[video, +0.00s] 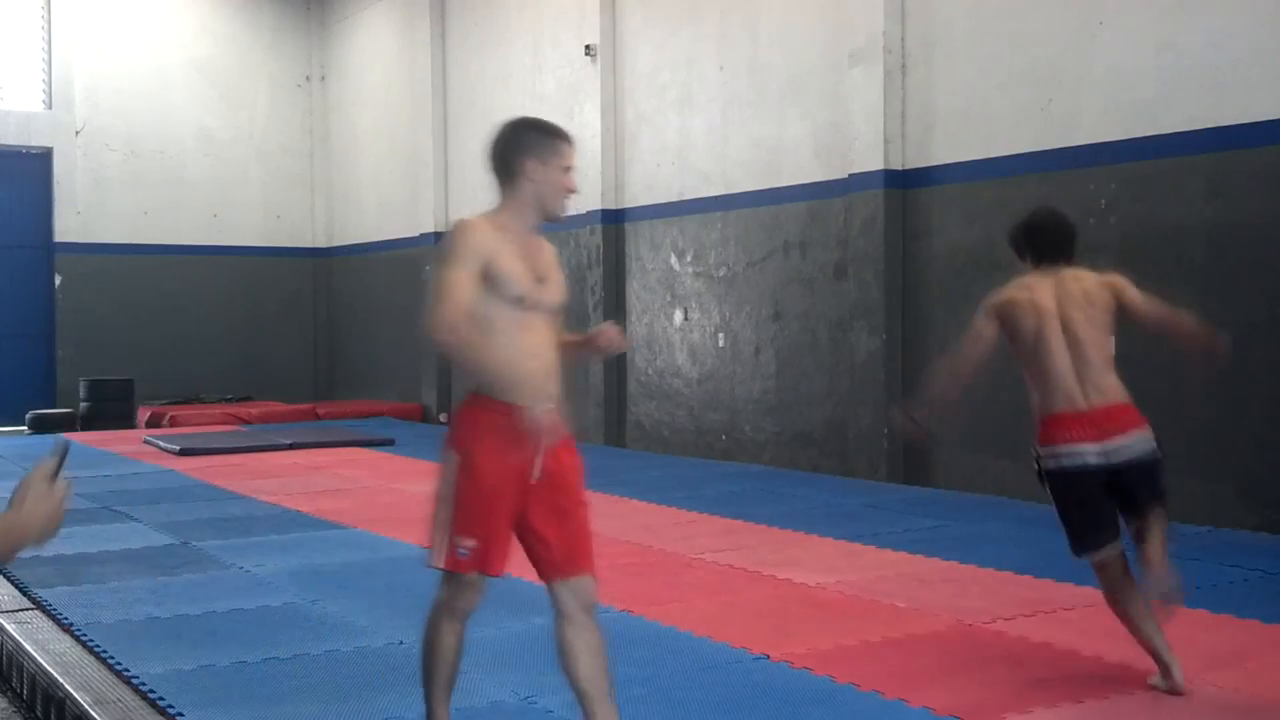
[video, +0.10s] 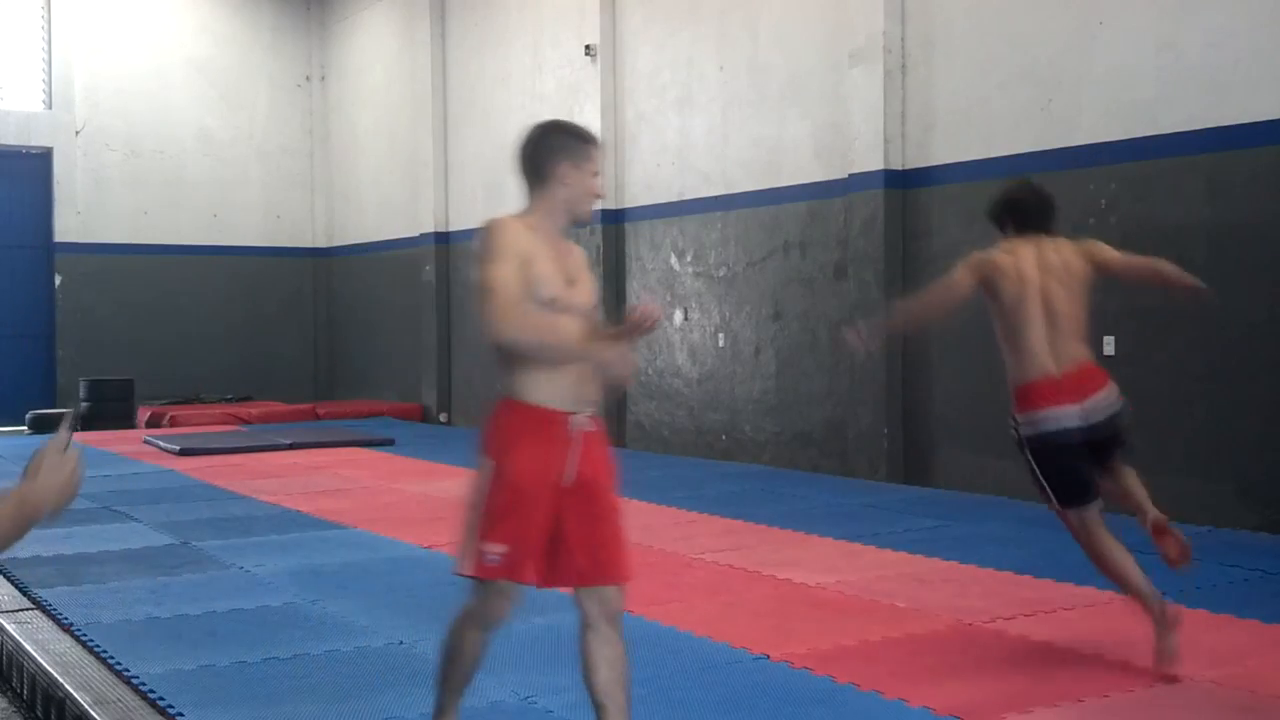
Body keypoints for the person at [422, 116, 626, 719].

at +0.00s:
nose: (572, 184)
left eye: (573, 171)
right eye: (564, 170)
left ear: (534, 173)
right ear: (526, 170)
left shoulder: (545, 252)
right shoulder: (474, 236)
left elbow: (535, 341)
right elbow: (446, 327)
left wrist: (586, 342)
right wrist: (522, 392)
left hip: (549, 434)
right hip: (488, 433)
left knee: (578, 597)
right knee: (460, 594)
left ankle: (605, 716)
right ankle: (437, 713)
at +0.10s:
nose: (599, 189)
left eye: (599, 175)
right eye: (591, 175)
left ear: (568, 175)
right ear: (556, 174)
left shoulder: (576, 255)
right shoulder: (507, 234)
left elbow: (574, 344)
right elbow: (505, 325)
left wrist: (622, 334)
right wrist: (594, 344)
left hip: (584, 441)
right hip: (527, 439)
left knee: (605, 604)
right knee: (492, 603)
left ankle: (616, 715)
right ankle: (444, 711)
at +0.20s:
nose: (630, 186)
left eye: (630, 172)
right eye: (623, 172)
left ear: (599, 172)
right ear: (590, 171)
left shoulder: (609, 250)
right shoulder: (541, 233)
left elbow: (641, 339)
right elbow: (571, 327)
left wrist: (668, 307)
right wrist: (647, 315)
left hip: (622, 438)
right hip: (568, 438)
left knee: (622, 607)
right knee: (560, 611)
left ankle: (621, 717)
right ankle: (476, 704)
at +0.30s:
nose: (660, 180)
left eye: (659, 167)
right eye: (651, 167)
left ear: (626, 171)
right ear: (621, 168)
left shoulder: (640, 238)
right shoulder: (580, 228)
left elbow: (705, 311)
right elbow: (639, 324)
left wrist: (703, 265)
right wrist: (676, 288)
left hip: (648, 431)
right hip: (604, 431)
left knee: (638, 601)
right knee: (635, 600)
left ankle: (624, 712)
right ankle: (543, 704)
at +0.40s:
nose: (690, 175)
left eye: (689, 165)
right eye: (687, 164)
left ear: (635, 163)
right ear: (669, 164)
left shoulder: (669, 234)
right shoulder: (625, 225)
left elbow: (751, 285)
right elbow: (690, 325)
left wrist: (732, 236)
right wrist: (695, 273)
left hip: (669, 430)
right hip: (641, 432)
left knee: (652, 603)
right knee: (695, 595)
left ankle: (629, 711)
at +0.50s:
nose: (724, 173)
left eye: (721, 163)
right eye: (723, 163)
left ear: (664, 162)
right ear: (713, 164)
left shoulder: (676, 227)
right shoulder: (675, 229)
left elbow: (786, 269)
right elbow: (739, 332)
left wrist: (756, 221)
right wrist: (726, 271)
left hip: (678, 435)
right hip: (685, 439)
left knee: (665, 610)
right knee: (738, 613)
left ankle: (634, 713)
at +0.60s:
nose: (757, 174)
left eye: (750, 164)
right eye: (755, 164)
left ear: (699, 166)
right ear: (749, 167)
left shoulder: (699, 231)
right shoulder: (723, 235)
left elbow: (817, 255)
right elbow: (786, 339)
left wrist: (787, 215)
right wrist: (808, 323)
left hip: (706, 439)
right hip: (731, 445)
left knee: (692, 616)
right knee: (786, 616)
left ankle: (641, 714)